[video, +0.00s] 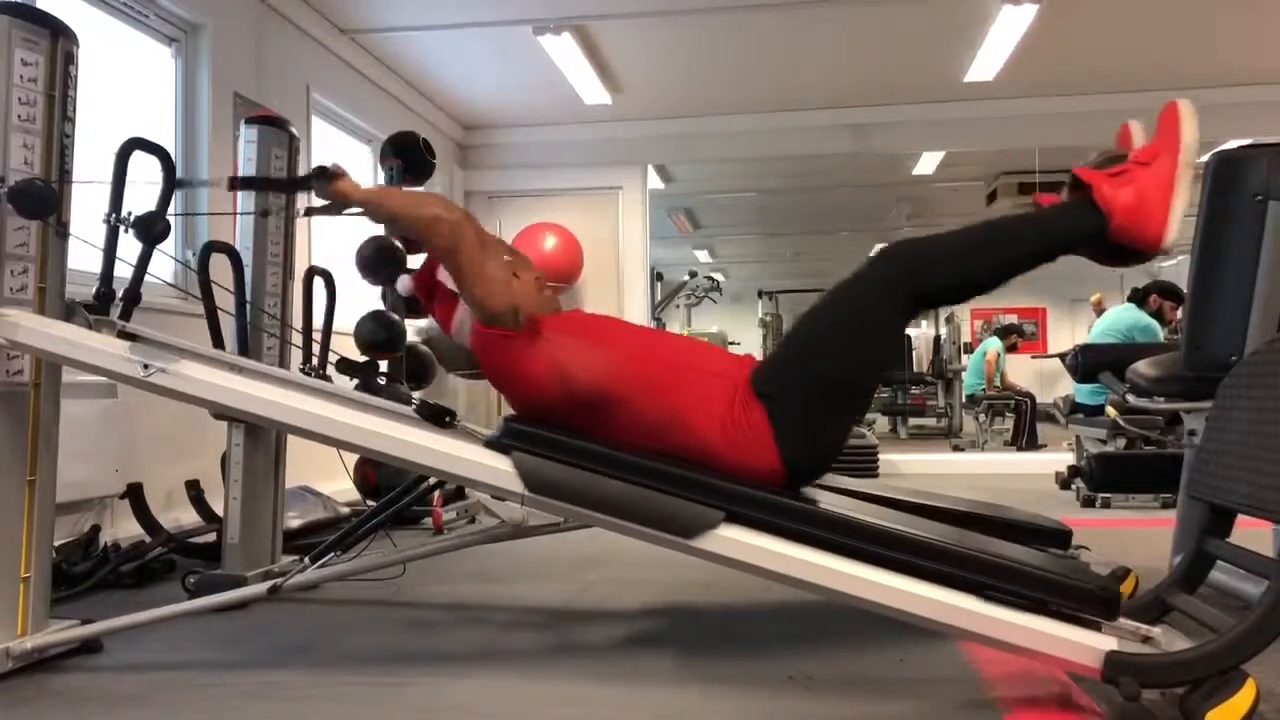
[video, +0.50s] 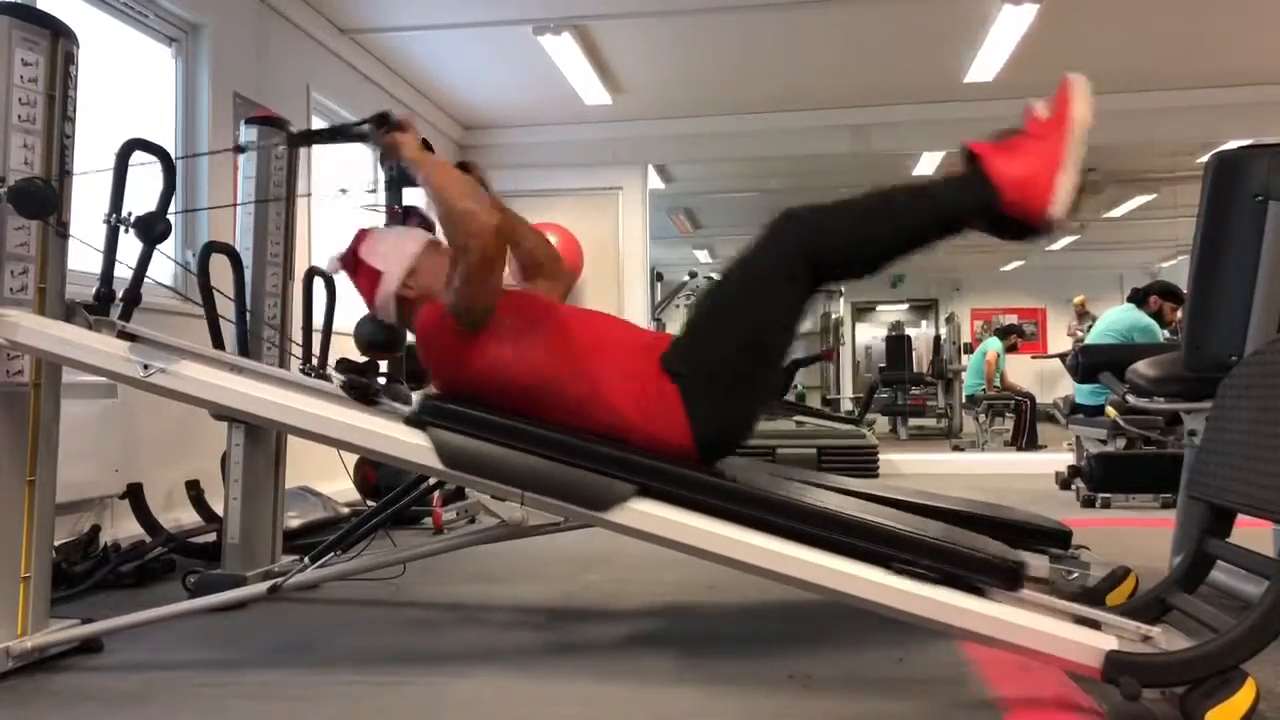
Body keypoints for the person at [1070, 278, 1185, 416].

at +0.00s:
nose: (1175, 318)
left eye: (1177, 311)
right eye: (1173, 309)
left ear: (1153, 301)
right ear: (1154, 301)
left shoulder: (1116, 312)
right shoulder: (1147, 325)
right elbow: (1159, 371)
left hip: (1083, 397)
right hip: (1104, 401)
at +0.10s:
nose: (1175, 318)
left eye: (1177, 311)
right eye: (1173, 309)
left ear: (1154, 301)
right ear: (1154, 301)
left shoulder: (1117, 311)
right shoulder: (1147, 325)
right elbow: (1160, 371)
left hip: (1082, 397)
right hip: (1102, 401)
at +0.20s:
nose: (1175, 318)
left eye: (1177, 311)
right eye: (1173, 309)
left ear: (1154, 302)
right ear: (1154, 302)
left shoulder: (1112, 312)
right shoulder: (1147, 325)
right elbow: (1159, 370)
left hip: (1082, 397)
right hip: (1105, 402)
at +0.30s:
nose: (1175, 318)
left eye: (1177, 311)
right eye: (1173, 309)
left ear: (1154, 302)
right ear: (1154, 301)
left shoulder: (1115, 312)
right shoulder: (1146, 325)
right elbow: (1161, 369)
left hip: (1083, 397)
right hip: (1104, 401)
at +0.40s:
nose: (1175, 318)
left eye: (1177, 311)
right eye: (1173, 309)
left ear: (1154, 302)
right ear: (1154, 302)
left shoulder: (1116, 312)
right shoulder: (1146, 324)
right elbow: (1161, 369)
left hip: (1083, 397)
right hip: (1103, 401)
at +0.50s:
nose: (1175, 319)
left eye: (1177, 312)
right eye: (1173, 310)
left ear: (1153, 302)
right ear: (1154, 302)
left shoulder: (1116, 312)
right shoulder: (1146, 325)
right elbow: (1160, 370)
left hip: (1083, 397)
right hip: (1102, 401)